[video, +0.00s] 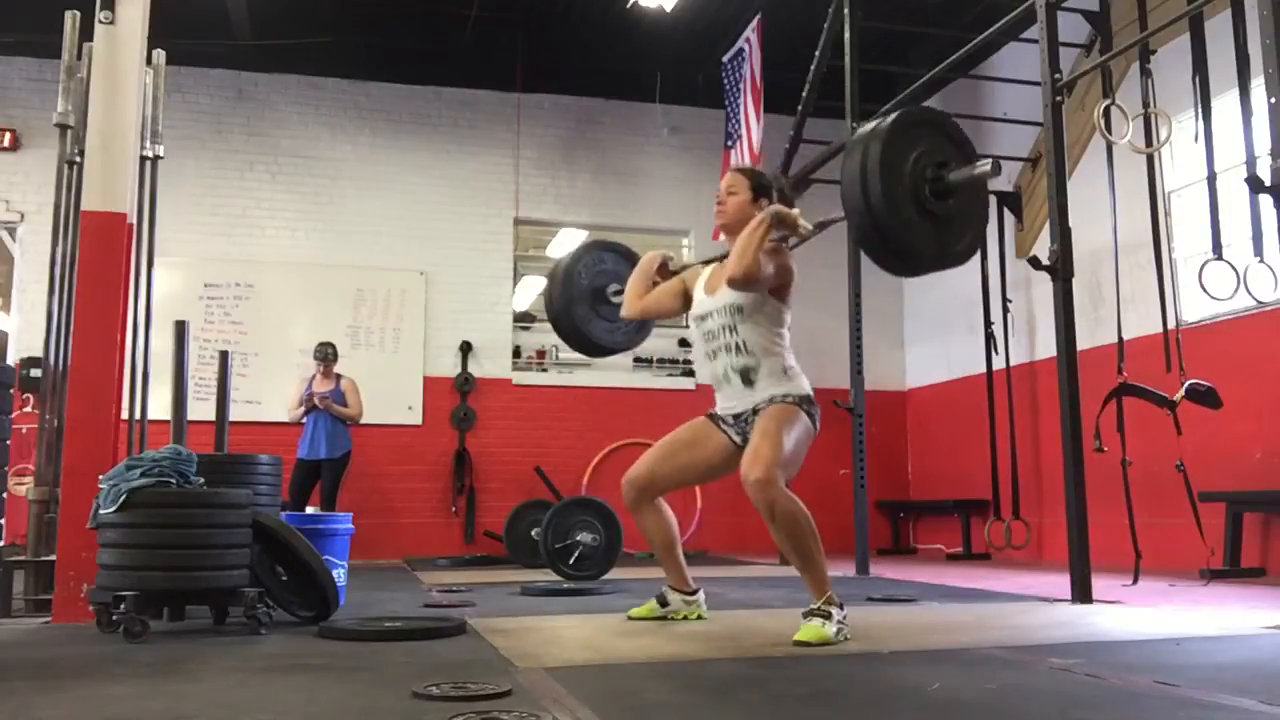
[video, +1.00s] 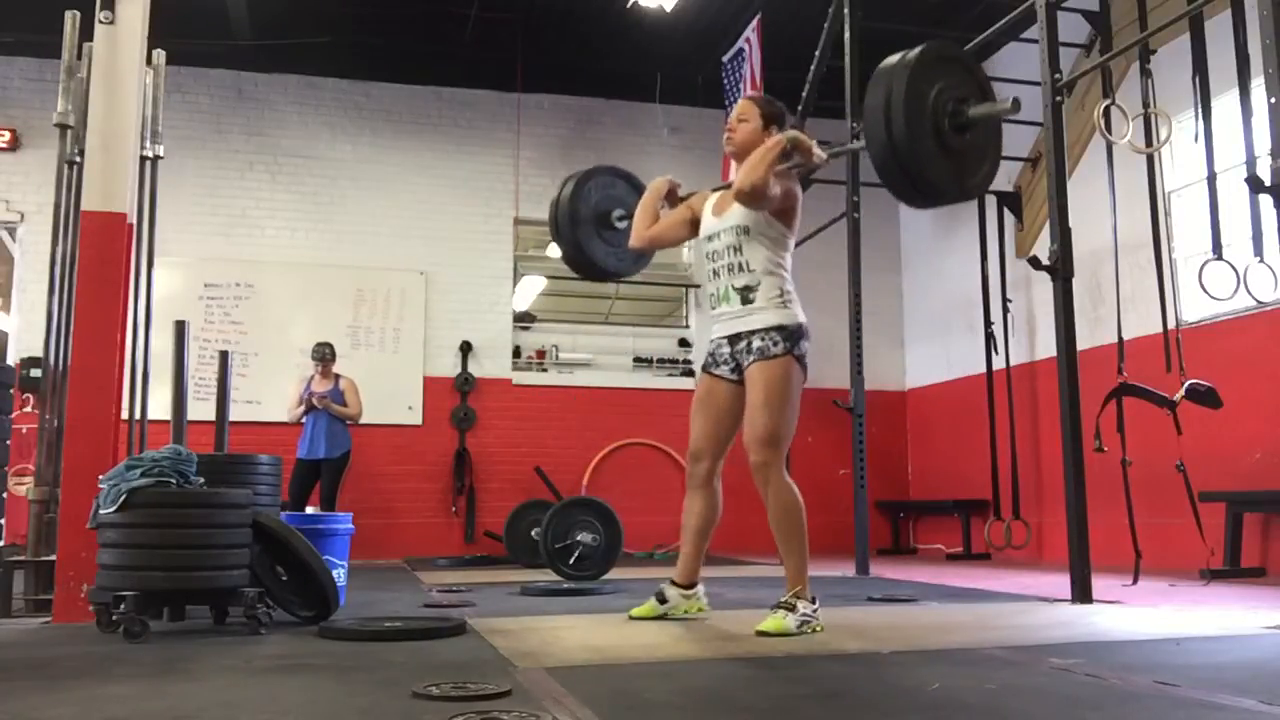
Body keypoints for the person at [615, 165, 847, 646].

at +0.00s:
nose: (719, 199)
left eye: (731, 192)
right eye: (719, 192)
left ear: (762, 207)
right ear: (720, 210)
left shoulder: (775, 262)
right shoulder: (697, 277)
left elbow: (740, 272)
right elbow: (633, 306)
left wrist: (768, 217)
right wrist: (652, 258)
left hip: (785, 404)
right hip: (729, 418)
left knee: (760, 478)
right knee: (637, 486)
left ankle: (826, 606)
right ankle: (683, 596)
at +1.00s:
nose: (729, 126)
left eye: (741, 119)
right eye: (729, 119)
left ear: (771, 139)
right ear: (729, 134)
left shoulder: (784, 192)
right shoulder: (705, 202)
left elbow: (745, 187)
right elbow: (642, 237)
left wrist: (782, 140)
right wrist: (660, 187)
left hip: (772, 335)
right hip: (721, 342)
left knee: (765, 458)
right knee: (700, 462)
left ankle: (800, 600)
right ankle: (685, 589)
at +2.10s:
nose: (738, 111)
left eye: (752, 107)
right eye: (738, 106)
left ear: (776, 127)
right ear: (735, 128)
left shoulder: (779, 175)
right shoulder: (707, 192)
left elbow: (810, 205)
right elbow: (656, 247)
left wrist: (809, 133)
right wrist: (652, 185)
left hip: (763, 324)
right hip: (709, 332)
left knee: (774, 453)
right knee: (704, 458)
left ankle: (802, 595)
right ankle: (715, 586)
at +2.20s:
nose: (744, 118)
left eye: (756, 113)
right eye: (744, 113)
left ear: (779, 134)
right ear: (740, 131)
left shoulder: (785, 183)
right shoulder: (713, 200)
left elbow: (818, 209)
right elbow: (663, 250)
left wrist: (810, 137)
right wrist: (652, 191)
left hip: (767, 333)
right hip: (714, 340)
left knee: (777, 460)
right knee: (709, 465)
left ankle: (803, 598)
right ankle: (721, 593)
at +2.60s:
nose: (725, 127)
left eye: (738, 121)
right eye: (726, 121)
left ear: (765, 136)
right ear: (725, 138)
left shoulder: (785, 181)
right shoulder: (712, 204)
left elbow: (846, 216)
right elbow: (680, 265)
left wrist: (820, 279)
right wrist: (667, 319)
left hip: (791, 339)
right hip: (739, 348)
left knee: (792, 462)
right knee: (720, 464)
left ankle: (804, 599)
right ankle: (722, 592)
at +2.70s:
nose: (699, 137)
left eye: (711, 130)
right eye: (698, 130)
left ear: (740, 141)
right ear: (698, 145)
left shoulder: (765, 193)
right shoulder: (693, 220)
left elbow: (813, 259)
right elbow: (680, 297)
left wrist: (825, 337)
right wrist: (675, 366)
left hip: (792, 344)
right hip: (738, 352)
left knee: (795, 465)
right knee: (718, 467)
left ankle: (804, 598)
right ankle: (722, 593)